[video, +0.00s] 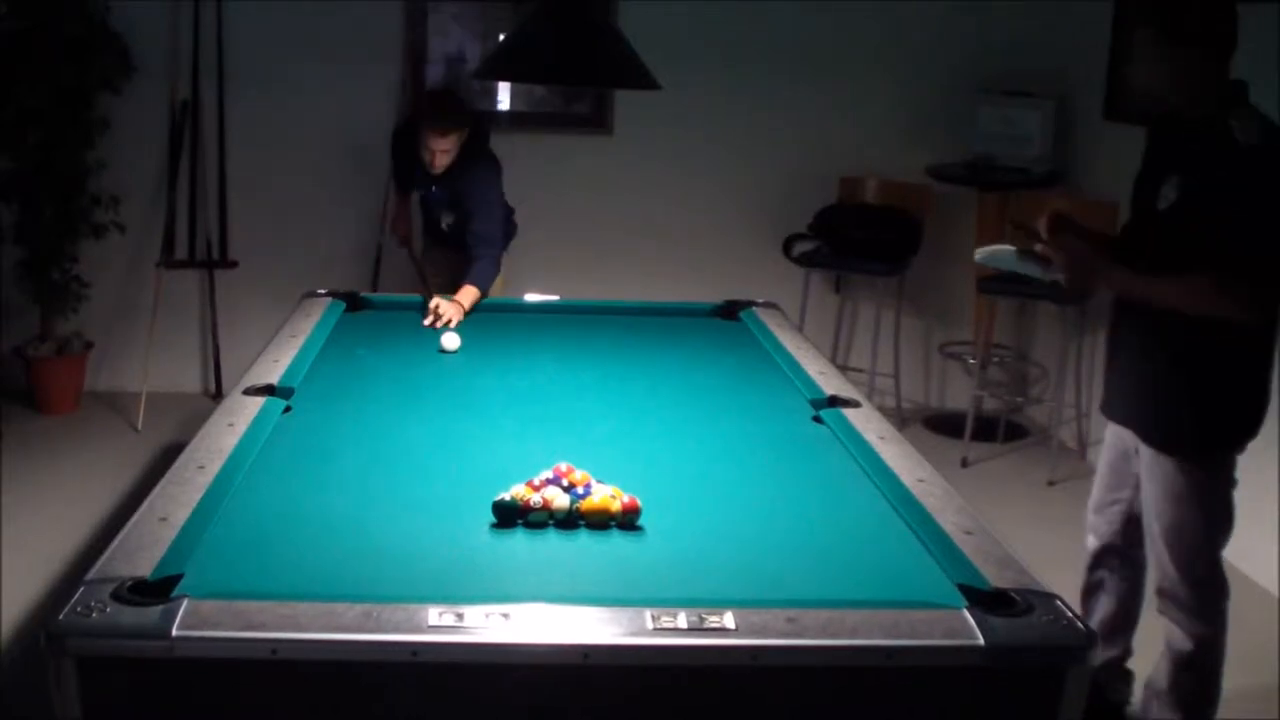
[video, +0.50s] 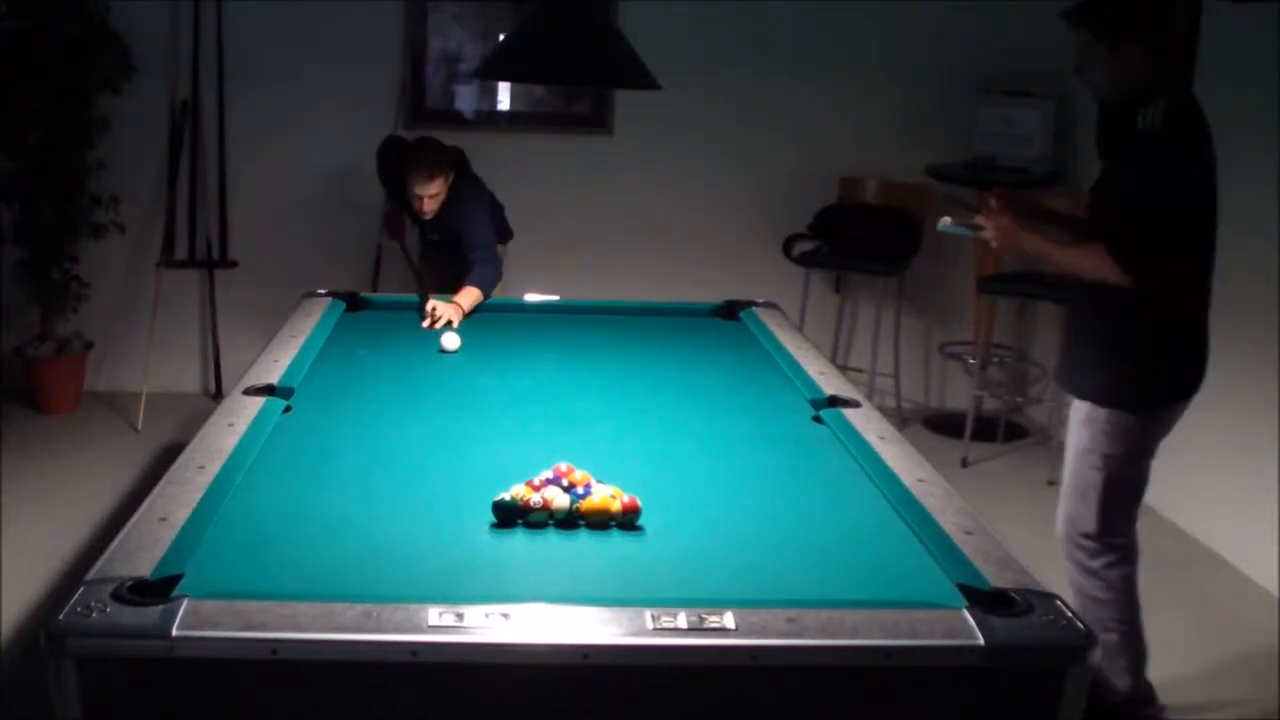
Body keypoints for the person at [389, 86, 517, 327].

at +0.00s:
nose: (436, 161)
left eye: (446, 152)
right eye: (429, 150)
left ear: (462, 142)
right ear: (419, 140)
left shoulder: (480, 165)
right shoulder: (407, 143)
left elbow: (488, 249)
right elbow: (402, 178)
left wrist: (460, 303)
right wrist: (402, 216)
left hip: (479, 241)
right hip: (437, 236)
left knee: (480, 318)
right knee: (434, 310)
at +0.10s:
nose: (433, 172)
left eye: (442, 163)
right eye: (426, 162)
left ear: (459, 149)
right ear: (416, 151)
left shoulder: (476, 172)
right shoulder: (404, 150)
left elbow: (490, 254)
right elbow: (401, 186)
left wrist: (460, 303)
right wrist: (402, 226)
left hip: (475, 241)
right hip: (435, 238)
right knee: (432, 309)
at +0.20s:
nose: (431, 182)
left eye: (440, 173)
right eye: (423, 172)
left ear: (455, 159)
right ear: (413, 161)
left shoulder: (473, 180)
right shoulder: (401, 155)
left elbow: (491, 257)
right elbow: (399, 187)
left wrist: (460, 304)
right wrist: (402, 227)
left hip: (473, 247)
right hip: (434, 242)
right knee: (433, 313)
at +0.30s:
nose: (428, 193)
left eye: (437, 183)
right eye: (421, 183)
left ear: (452, 168)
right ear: (409, 171)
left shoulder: (470, 185)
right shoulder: (398, 156)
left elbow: (489, 259)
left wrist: (460, 304)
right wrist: (398, 221)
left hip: (470, 248)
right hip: (432, 243)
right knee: (431, 312)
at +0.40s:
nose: (426, 201)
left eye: (435, 192)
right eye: (419, 192)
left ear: (450, 175)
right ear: (406, 180)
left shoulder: (469, 193)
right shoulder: (403, 161)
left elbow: (488, 261)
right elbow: (388, 149)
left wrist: (459, 305)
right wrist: (395, 211)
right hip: (432, 243)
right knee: (430, 311)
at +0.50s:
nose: (425, 207)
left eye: (434, 197)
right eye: (418, 197)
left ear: (449, 180)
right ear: (406, 186)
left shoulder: (468, 197)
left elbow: (488, 265)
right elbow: (389, 146)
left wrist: (459, 306)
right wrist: (394, 205)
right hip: (433, 240)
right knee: (431, 308)